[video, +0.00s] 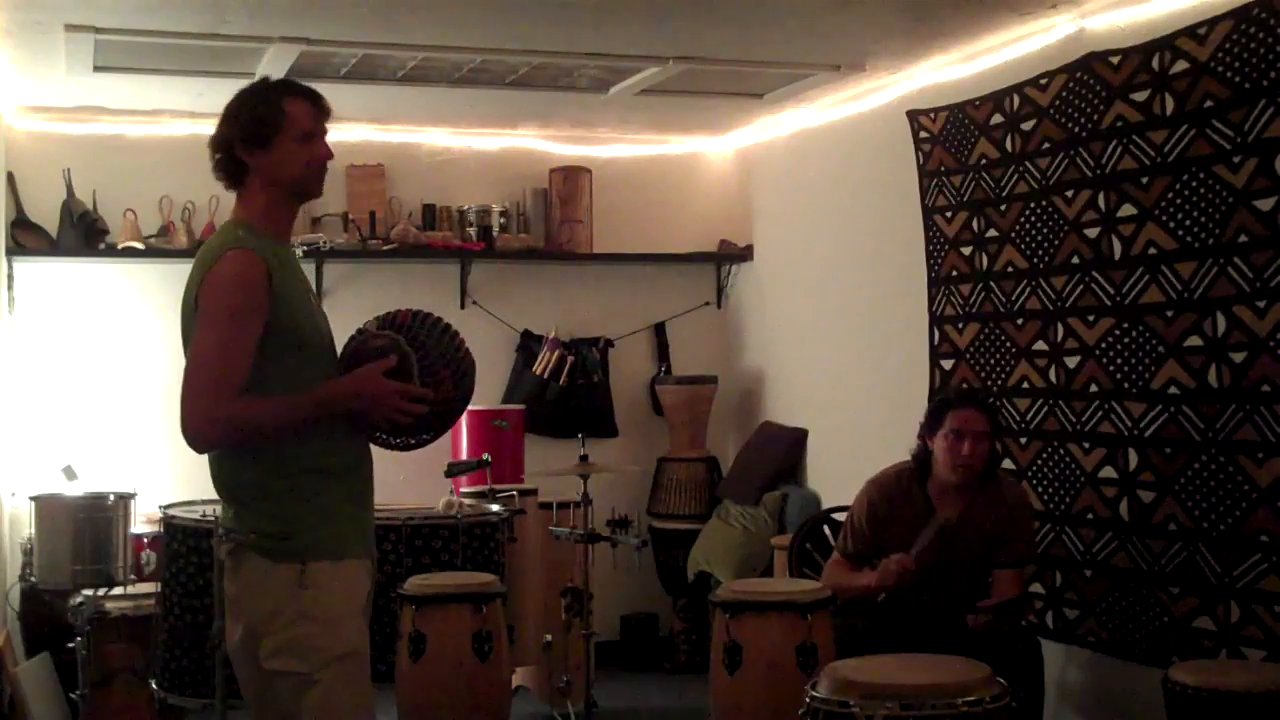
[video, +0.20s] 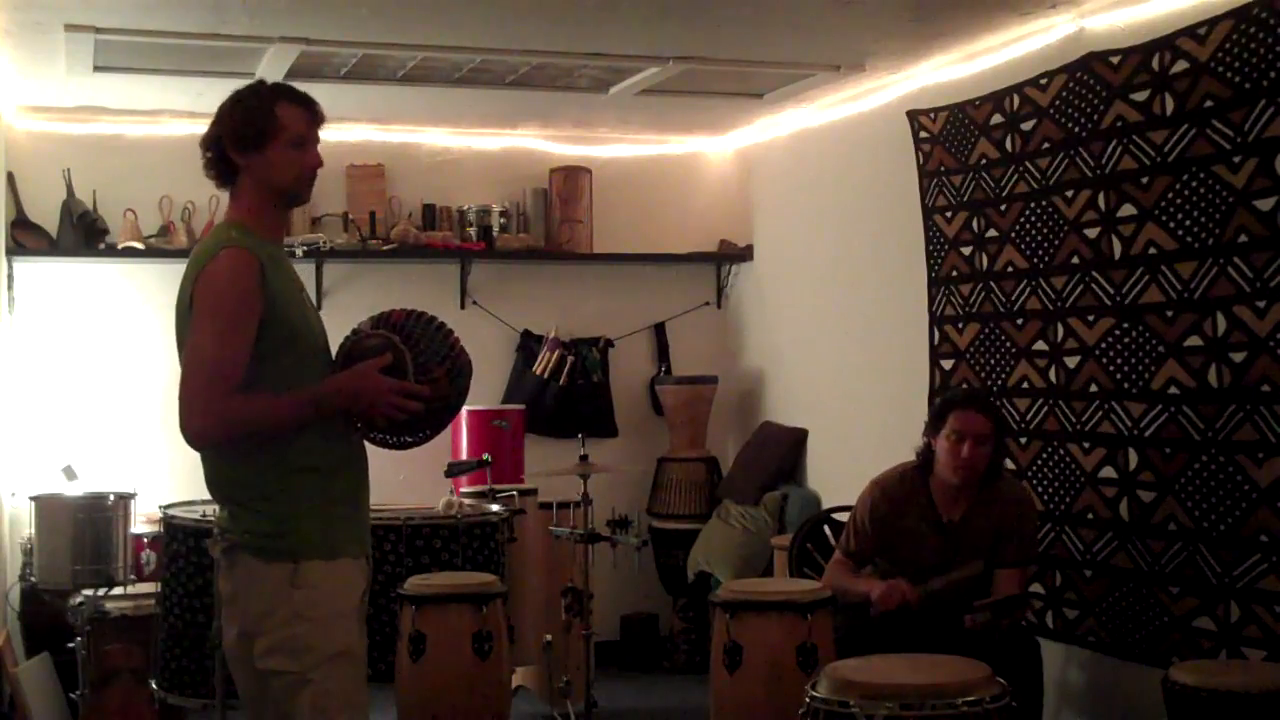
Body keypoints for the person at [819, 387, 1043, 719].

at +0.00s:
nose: (968, 450)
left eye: (979, 439)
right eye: (956, 437)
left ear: (992, 445)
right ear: (929, 438)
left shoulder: (1008, 500)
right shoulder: (883, 492)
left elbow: (1008, 588)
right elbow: (831, 575)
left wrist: (991, 612)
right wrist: (871, 578)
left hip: (966, 624)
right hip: (889, 619)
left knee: (1021, 648)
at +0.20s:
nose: (967, 453)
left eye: (980, 442)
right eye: (956, 438)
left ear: (995, 449)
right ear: (931, 439)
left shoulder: (1012, 502)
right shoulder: (887, 493)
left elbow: (1008, 598)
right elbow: (833, 575)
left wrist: (988, 616)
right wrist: (872, 586)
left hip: (969, 626)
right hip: (894, 621)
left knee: (1020, 649)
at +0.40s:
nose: (975, 457)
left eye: (988, 448)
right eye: (966, 442)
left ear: (999, 453)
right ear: (940, 437)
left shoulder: (1011, 503)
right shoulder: (886, 491)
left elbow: (1007, 595)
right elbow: (832, 574)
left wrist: (987, 615)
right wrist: (872, 580)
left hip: (965, 626)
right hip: (890, 623)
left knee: (1020, 652)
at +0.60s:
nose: (978, 459)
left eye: (991, 451)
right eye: (969, 443)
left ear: (1001, 457)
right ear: (942, 436)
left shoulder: (1009, 503)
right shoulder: (888, 491)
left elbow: (1006, 593)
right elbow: (834, 575)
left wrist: (991, 615)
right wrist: (876, 590)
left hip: (967, 626)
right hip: (894, 621)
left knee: (1019, 650)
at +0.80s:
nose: (993, 469)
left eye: (1001, 458)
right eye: (983, 456)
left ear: (1008, 455)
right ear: (950, 445)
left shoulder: (1007, 503)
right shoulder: (889, 490)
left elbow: (1006, 594)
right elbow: (835, 578)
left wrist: (989, 618)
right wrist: (881, 576)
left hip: (960, 622)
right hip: (888, 617)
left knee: (1019, 652)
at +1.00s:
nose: (1002, 473)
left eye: (1007, 462)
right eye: (992, 459)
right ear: (956, 448)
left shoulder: (1010, 504)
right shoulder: (888, 492)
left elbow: (1005, 595)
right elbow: (835, 577)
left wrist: (992, 615)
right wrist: (877, 583)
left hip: (961, 620)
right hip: (887, 616)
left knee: (1018, 649)